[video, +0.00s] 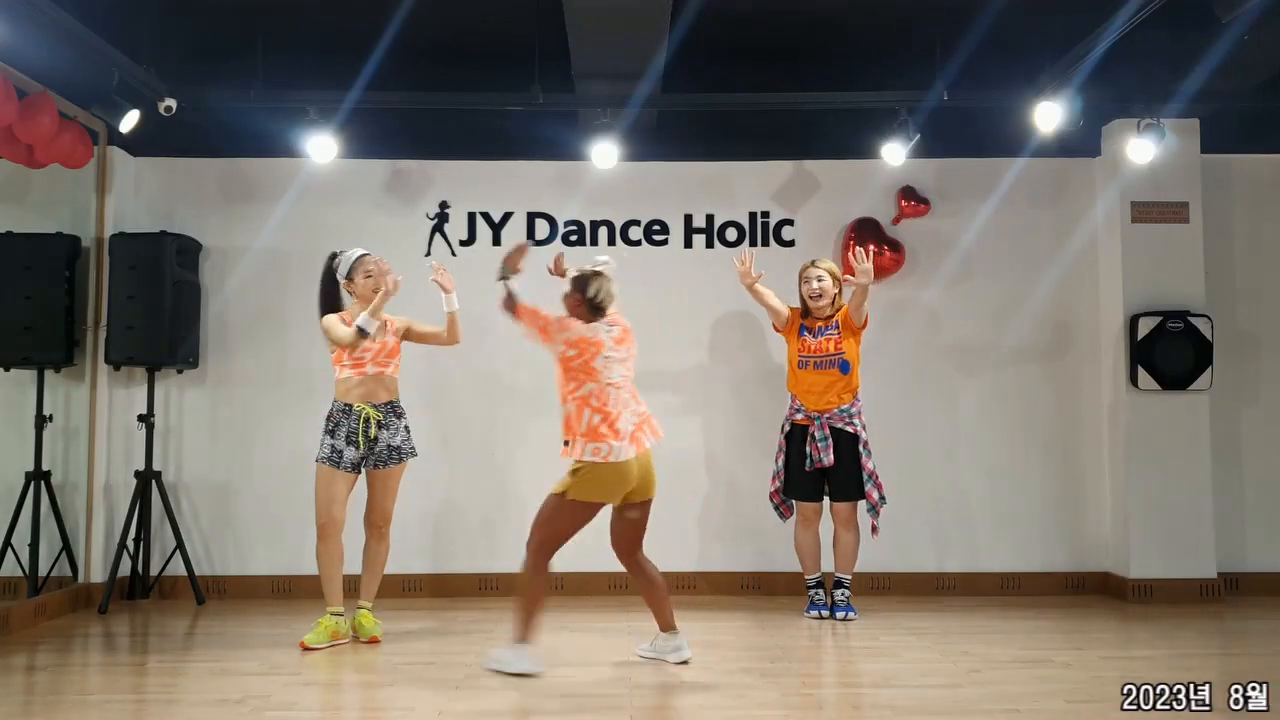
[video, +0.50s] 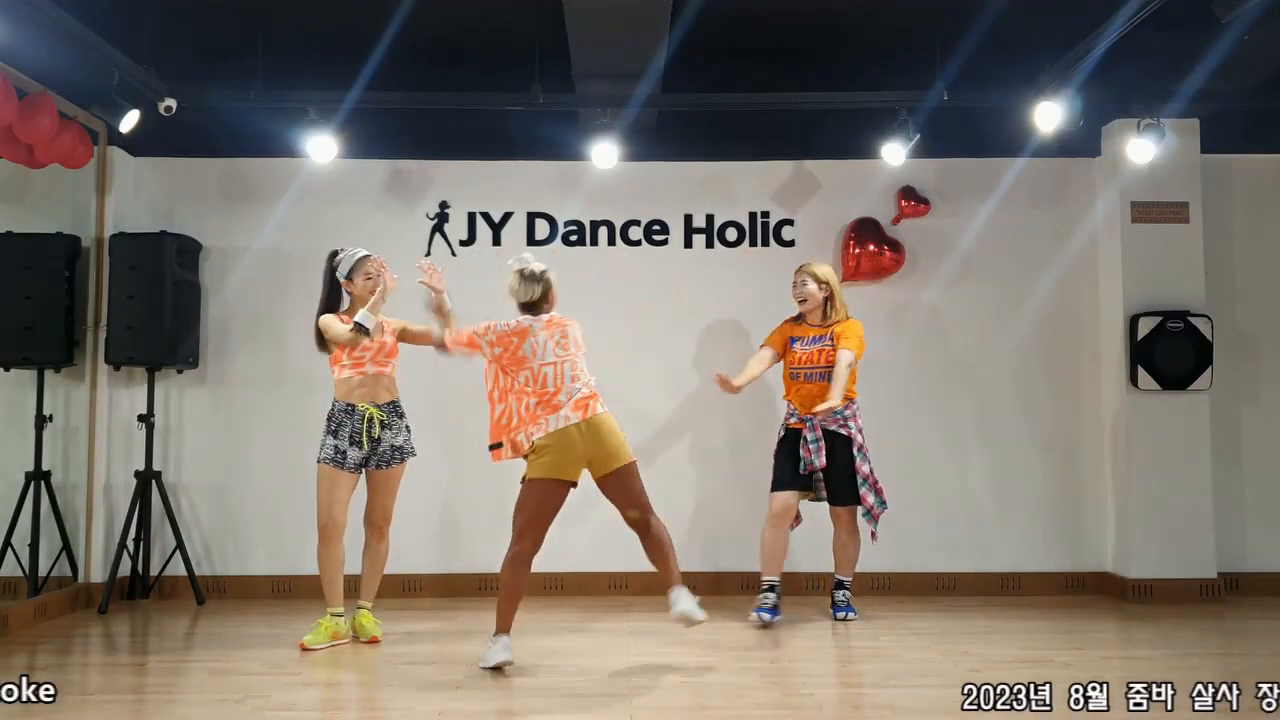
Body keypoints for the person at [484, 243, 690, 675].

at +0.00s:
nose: (566, 299)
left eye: (571, 295)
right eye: (568, 293)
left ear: (581, 302)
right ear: (604, 302)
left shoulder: (568, 334)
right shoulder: (622, 332)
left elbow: (512, 306)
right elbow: (601, 299)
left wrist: (507, 272)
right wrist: (569, 275)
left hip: (599, 467)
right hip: (640, 464)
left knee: (539, 548)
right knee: (630, 552)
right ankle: (672, 637)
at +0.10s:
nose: (540, 302)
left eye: (543, 297)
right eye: (541, 297)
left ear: (551, 305)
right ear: (579, 305)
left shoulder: (541, 343)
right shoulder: (595, 338)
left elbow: (481, 317)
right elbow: (563, 314)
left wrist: (482, 276)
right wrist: (544, 283)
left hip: (575, 470)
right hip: (622, 465)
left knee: (524, 559)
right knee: (627, 554)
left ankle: (496, 645)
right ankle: (671, 637)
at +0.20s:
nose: (511, 305)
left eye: (513, 301)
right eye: (511, 300)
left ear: (521, 306)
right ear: (550, 305)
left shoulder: (516, 344)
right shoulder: (568, 333)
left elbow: (457, 323)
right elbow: (526, 313)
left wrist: (443, 286)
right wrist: (492, 286)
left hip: (569, 460)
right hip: (615, 449)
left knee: (521, 552)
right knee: (635, 544)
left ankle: (497, 643)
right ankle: (670, 636)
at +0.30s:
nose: (494, 304)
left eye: (499, 299)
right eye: (498, 299)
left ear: (509, 305)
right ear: (536, 304)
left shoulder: (506, 334)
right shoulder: (548, 328)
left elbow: (446, 322)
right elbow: (488, 318)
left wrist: (406, 299)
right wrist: (453, 300)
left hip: (568, 446)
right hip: (611, 434)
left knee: (527, 548)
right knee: (635, 528)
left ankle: (501, 641)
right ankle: (681, 616)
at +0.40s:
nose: (500, 297)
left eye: (503, 293)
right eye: (504, 293)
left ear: (507, 300)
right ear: (539, 299)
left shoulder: (498, 333)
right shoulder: (552, 328)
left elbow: (439, 319)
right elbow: (492, 317)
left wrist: (405, 297)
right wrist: (453, 297)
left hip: (561, 444)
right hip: (605, 430)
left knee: (526, 547)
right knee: (639, 520)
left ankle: (502, 641)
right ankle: (688, 594)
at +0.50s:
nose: (554, 296)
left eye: (545, 291)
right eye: (553, 291)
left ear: (516, 297)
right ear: (550, 296)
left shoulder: (501, 333)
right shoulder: (569, 327)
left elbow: (448, 339)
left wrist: (441, 301)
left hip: (551, 440)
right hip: (599, 427)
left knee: (522, 544)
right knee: (643, 517)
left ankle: (500, 639)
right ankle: (678, 592)